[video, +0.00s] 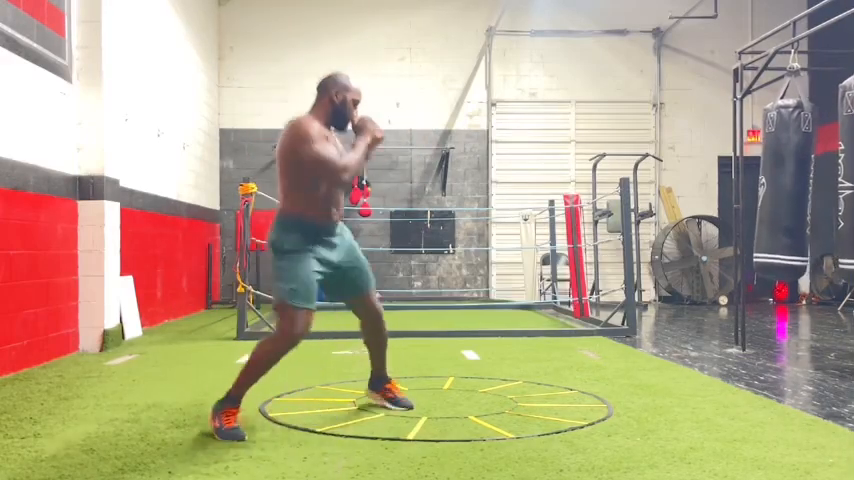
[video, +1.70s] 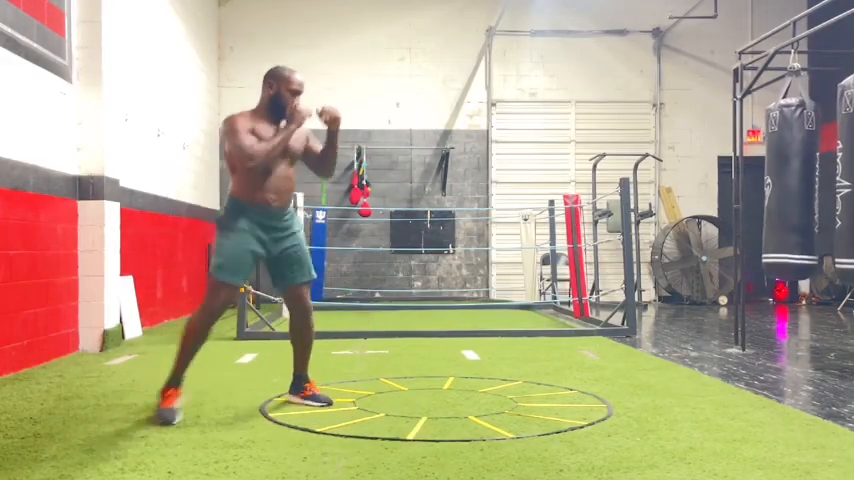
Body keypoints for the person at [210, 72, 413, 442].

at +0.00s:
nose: (356, 111)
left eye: (358, 105)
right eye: (353, 103)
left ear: (335, 97)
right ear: (333, 96)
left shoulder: (333, 136)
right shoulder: (303, 129)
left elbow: (337, 176)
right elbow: (344, 171)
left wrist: (362, 149)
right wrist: (365, 139)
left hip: (337, 237)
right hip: (297, 239)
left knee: (372, 311)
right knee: (293, 329)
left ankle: (380, 381)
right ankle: (228, 406)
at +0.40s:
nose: (341, 90)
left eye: (343, 84)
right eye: (338, 82)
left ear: (318, 75)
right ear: (314, 74)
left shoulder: (323, 118)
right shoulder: (282, 110)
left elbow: (338, 165)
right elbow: (317, 149)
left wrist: (360, 129)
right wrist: (346, 116)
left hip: (317, 217)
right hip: (276, 216)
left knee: (355, 296)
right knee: (272, 306)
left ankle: (338, 375)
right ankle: (224, 400)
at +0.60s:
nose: (315, 119)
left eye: (317, 112)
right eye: (313, 111)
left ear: (297, 105)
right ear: (291, 103)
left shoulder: (298, 146)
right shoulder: (258, 136)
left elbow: (306, 197)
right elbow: (289, 185)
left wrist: (336, 165)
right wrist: (326, 149)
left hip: (293, 243)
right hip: (252, 242)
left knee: (334, 319)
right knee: (246, 328)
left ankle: (317, 395)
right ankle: (167, 410)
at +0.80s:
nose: (285, 93)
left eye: (287, 88)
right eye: (282, 86)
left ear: (264, 78)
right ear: (261, 75)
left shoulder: (264, 121)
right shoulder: (227, 104)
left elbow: (262, 172)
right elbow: (261, 150)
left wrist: (293, 145)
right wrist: (291, 124)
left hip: (248, 217)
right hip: (209, 214)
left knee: (287, 301)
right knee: (199, 313)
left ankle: (302, 389)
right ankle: (157, 415)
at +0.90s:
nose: (273, 84)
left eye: (275, 78)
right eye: (271, 75)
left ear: (250, 67)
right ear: (247, 64)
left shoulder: (250, 110)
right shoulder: (215, 92)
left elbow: (256, 165)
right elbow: (252, 136)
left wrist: (286, 129)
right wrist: (279, 112)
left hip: (232, 209)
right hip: (194, 204)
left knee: (267, 292)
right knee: (189, 305)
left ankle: (254, 380)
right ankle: (151, 406)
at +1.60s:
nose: (289, 116)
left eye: (291, 109)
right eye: (285, 108)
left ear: (283, 109)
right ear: (262, 101)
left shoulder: (281, 146)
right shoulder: (227, 137)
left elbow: (305, 186)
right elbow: (240, 176)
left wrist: (321, 157)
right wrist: (284, 150)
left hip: (272, 238)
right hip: (229, 237)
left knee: (301, 307)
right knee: (201, 314)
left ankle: (300, 384)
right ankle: (148, 401)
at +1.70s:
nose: (298, 101)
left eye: (300, 95)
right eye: (294, 93)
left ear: (282, 91)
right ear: (271, 88)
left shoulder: (294, 131)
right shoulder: (238, 124)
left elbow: (324, 168)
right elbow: (253, 163)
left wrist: (333, 132)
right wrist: (292, 127)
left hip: (284, 224)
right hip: (243, 221)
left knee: (302, 302)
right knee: (218, 300)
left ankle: (300, 384)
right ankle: (173, 385)